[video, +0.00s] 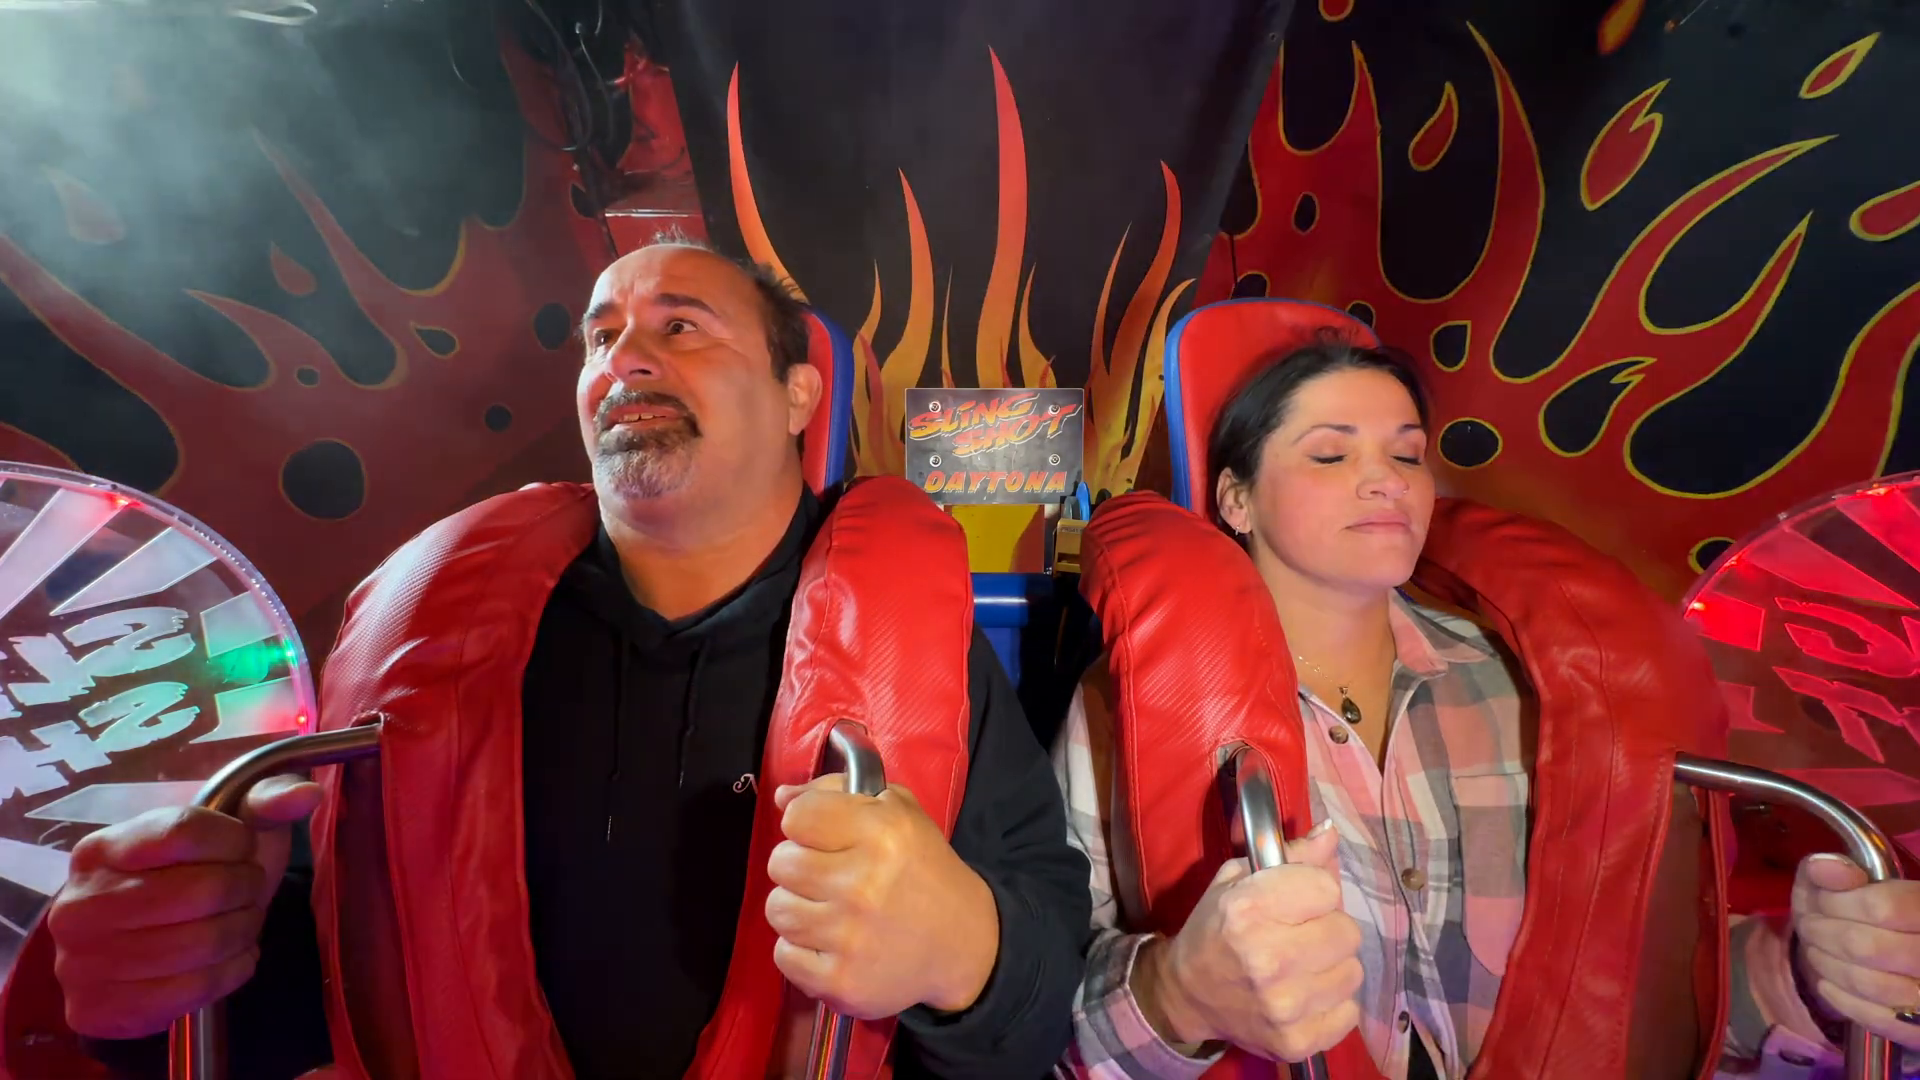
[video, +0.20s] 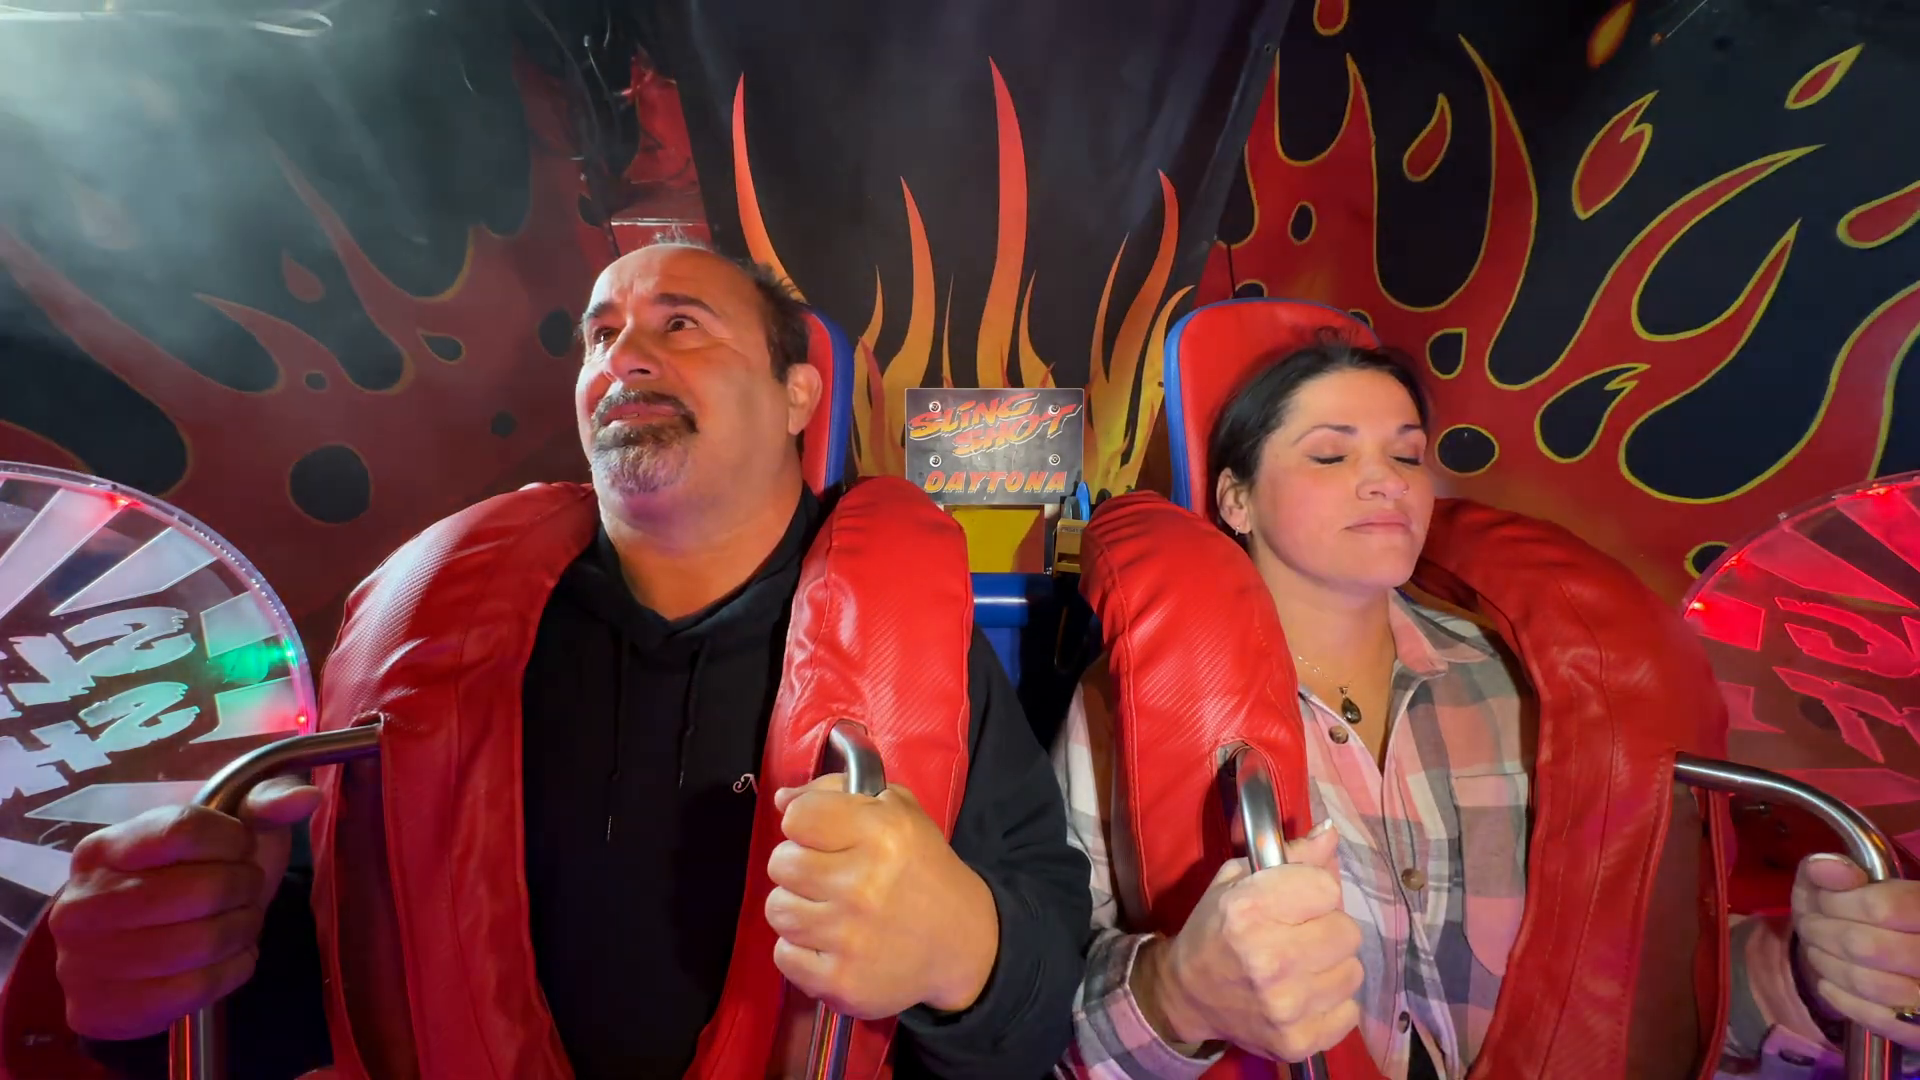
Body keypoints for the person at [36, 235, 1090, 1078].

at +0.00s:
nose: (623, 361)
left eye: (683, 324)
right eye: (600, 340)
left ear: (799, 396)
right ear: (577, 413)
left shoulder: (918, 652)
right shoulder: (440, 638)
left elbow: (1045, 1011)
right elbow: (315, 985)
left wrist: (971, 950)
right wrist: (110, 981)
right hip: (490, 1067)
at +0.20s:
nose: (623, 359)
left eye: (684, 323)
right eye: (601, 339)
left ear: (800, 396)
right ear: (577, 414)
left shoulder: (921, 646)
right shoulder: (441, 632)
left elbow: (1045, 1003)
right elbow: (320, 983)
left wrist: (970, 949)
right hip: (490, 1066)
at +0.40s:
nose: (614, 368)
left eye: (678, 328)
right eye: (596, 343)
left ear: (797, 397)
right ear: (573, 410)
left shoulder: (918, 652)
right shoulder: (441, 639)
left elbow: (1044, 969)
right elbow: (305, 952)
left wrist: (976, 950)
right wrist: (73, 984)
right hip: (487, 1067)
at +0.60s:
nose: (619, 368)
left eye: (678, 331)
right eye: (598, 348)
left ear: (795, 397)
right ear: (571, 416)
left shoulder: (919, 657)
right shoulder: (435, 638)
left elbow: (1038, 1012)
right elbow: (295, 966)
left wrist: (977, 953)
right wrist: (73, 983)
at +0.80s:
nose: (620, 368)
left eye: (679, 328)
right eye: (598, 348)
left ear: (796, 397)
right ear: (574, 419)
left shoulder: (919, 655)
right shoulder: (432, 638)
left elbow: (1039, 1010)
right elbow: (292, 963)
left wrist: (978, 953)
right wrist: (77, 983)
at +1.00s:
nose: (622, 367)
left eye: (682, 328)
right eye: (600, 345)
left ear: (796, 399)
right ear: (573, 416)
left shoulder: (921, 653)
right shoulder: (428, 634)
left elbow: (1040, 1012)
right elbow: (287, 953)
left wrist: (977, 953)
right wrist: (80, 976)